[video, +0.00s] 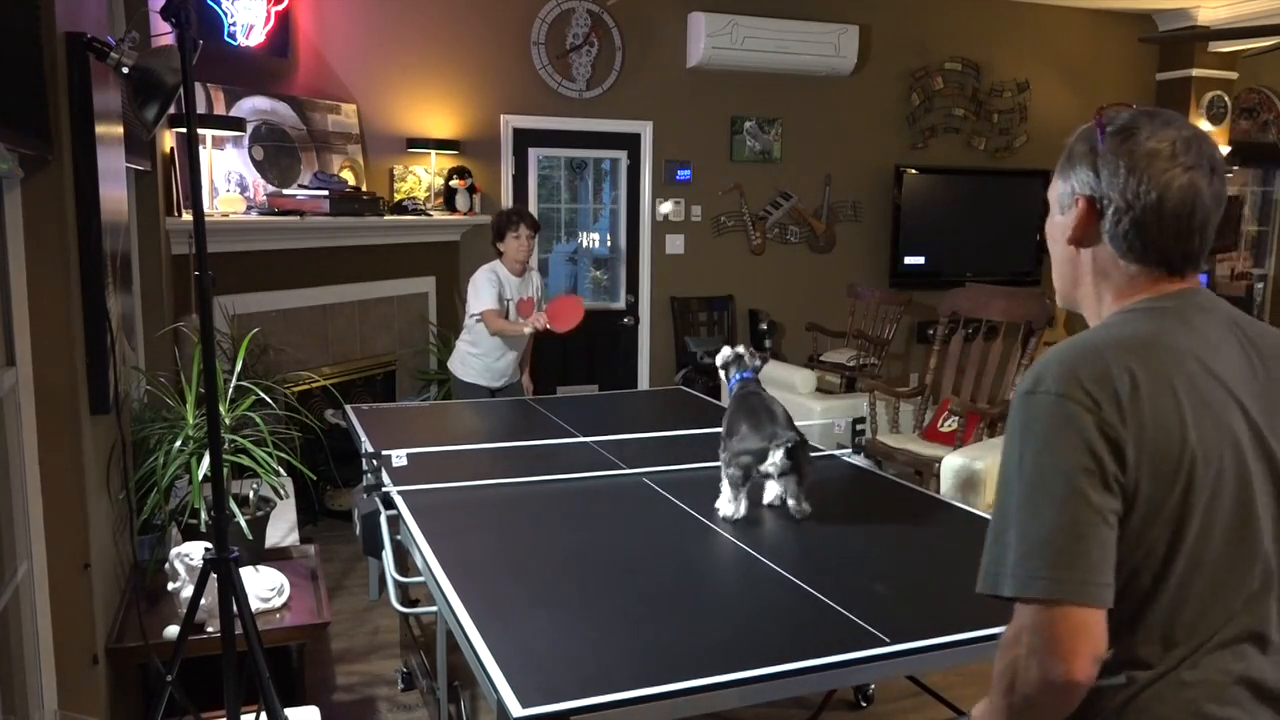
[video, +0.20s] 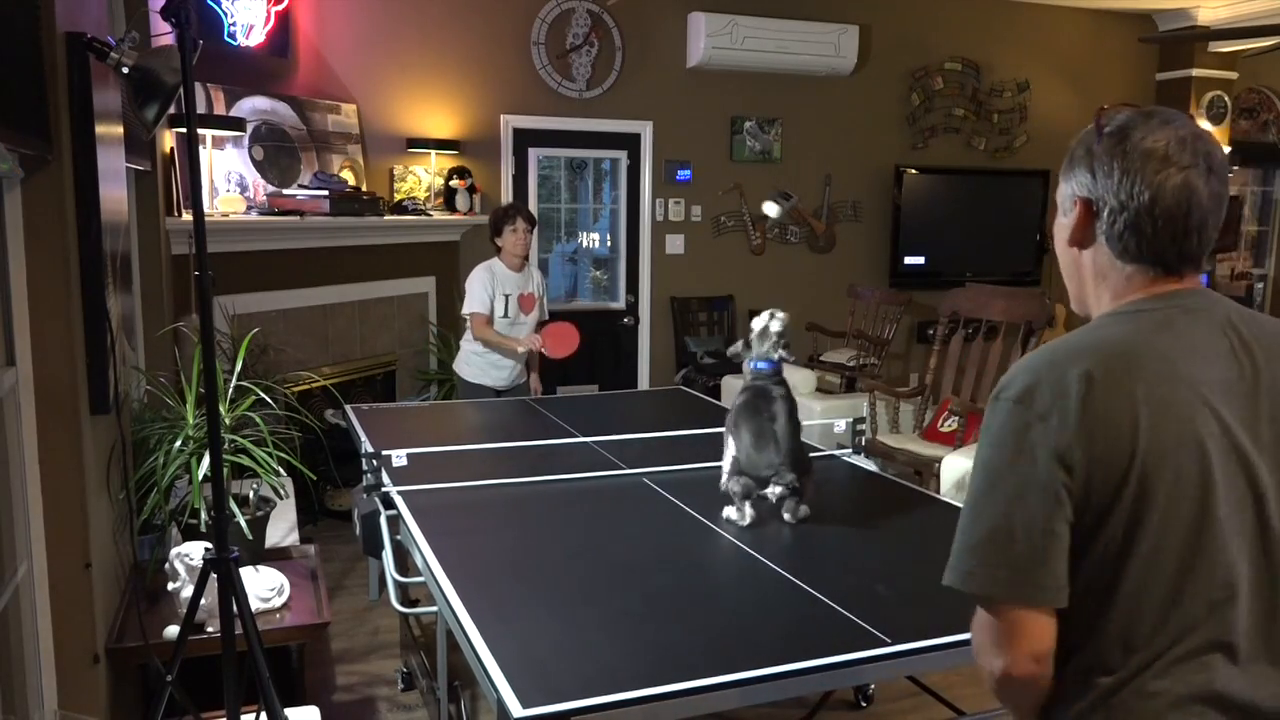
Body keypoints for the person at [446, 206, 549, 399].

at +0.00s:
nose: (525, 244)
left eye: (530, 237)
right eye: (516, 237)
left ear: (535, 241)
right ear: (500, 244)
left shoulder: (534, 279)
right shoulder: (485, 277)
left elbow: (529, 329)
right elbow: (494, 325)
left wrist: (525, 371)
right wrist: (526, 327)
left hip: (509, 374)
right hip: (472, 375)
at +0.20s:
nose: (523, 237)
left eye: (527, 231)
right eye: (514, 231)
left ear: (532, 236)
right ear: (498, 240)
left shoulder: (535, 277)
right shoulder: (483, 274)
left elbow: (536, 329)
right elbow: (479, 330)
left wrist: (534, 372)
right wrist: (518, 343)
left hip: (516, 377)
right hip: (477, 378)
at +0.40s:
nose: (520, 234)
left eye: (525, 228)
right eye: (511, 228)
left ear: (530, 233)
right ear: (496, 236)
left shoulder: (537, 275)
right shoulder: (480, 273)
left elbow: (541, 330)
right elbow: (464, 329)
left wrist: (544, 377)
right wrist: (504, 350)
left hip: (525, 383)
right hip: (483, 384)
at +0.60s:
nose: (520, 233)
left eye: (524, 227)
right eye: (511, 227)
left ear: (529, 231)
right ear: (495, 234)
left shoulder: (538, 273)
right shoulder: (478, 271)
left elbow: (545, 328)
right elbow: (458, 324)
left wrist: (548, 377)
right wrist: (495, 349)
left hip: (530, 382)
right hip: (486, 382)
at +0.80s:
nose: (520, 233)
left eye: (524, 227)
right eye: (511, 227)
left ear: (529, 231)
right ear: (495, 233)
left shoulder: (540, 273)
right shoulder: (476, 272)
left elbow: (549, 326)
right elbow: (457, 324)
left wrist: (551, 377)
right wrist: (493, 350)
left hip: (531, 382)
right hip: (487, 383)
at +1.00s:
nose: (520, 233)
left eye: (524, 227)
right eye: (511, 227)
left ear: (529, 231)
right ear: (495, 233)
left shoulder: (541, 273)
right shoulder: (476, 272)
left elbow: (550, 326)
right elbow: (457, 324)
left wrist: (552, 376)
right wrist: (491, 349)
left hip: (532, 382)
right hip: (488, 383)